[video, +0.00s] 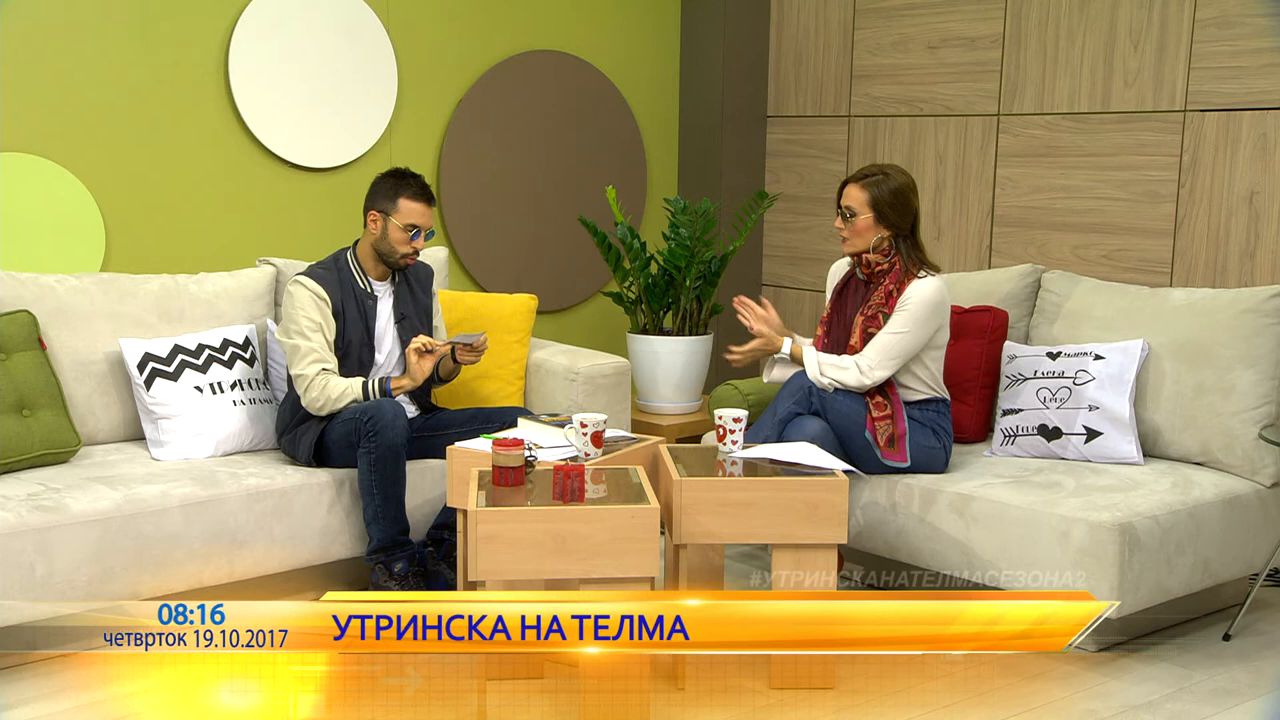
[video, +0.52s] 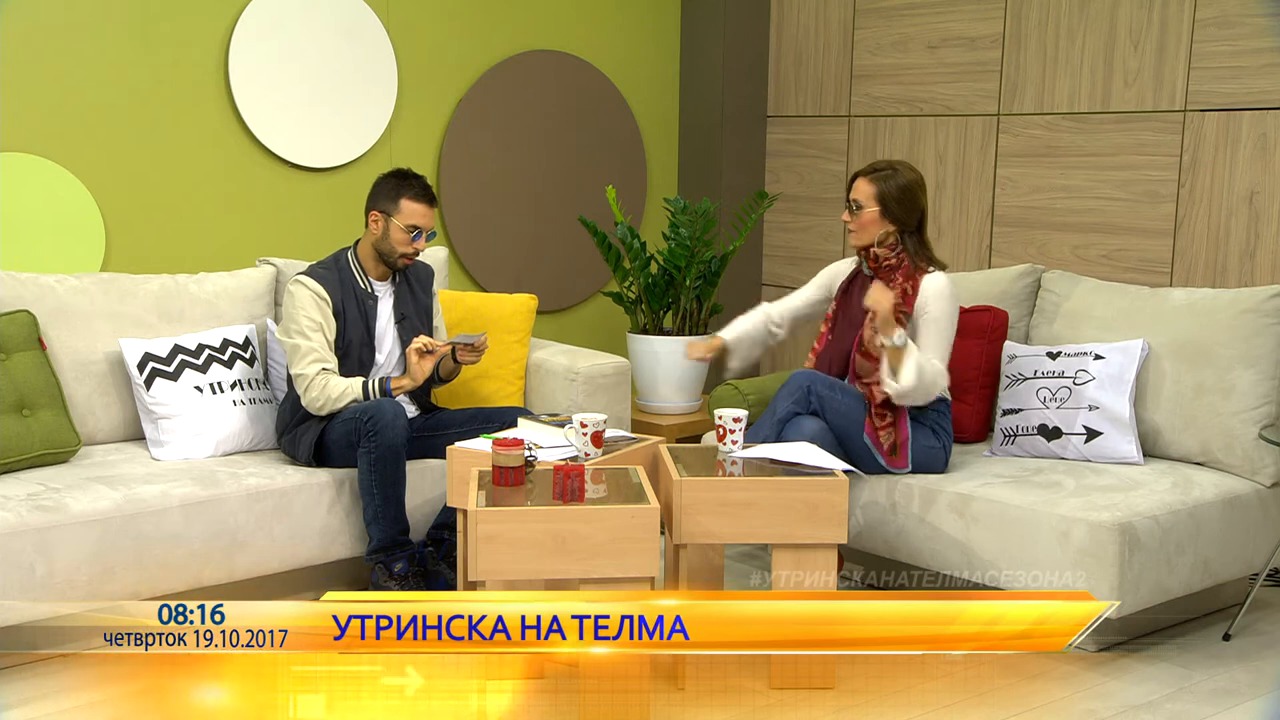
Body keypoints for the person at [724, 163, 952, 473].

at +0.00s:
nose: (838, 224)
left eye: (849, 215)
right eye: (840, 213)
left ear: (887, 224)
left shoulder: (926, 291)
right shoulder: (841, 273)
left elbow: (862, 373)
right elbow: (833, 357)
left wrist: (783, 347)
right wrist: (784, 338)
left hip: (920, 435)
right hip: (860, 425)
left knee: (807, 386)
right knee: (808, 431)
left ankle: (732, 468)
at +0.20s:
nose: (836, 221)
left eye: (848, 213)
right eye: (839, 210)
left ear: (885, 225)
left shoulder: (924, 290)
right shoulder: (838, 273)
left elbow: (871, 377)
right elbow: (823, 373)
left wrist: (814, 328)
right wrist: (796, 338)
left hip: (921, 434)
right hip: (859, 426)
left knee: (807, 387)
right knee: (806, 430)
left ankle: (734, 471)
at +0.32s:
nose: (837, 219)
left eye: (848, 210)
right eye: (839, 209)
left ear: (885, 222)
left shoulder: (925, 286)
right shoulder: (839, 271)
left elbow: (877, 374)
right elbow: (810, 349)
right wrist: (778, 326)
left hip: (921, 433)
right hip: (860, 424)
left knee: (807, 385)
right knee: (806, 431)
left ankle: (734, 467)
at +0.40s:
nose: (839, 217)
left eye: (851, 208)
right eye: (842, 207)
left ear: (888, 218)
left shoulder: (926, 285)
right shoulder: (843, 271)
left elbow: (893, 376)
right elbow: (800, 339)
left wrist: (876, 304)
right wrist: (760, 335)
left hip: (919, 433)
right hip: (858, 424)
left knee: (805, 385)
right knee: (805, 431)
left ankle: (733, 469)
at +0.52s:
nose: (845, 218)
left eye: (856, 208)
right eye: (848, 207)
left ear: (894, 217)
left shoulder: (931, 286)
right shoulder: (844, 273)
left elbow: (925, 386)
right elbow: (777, 316)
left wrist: (890, 331)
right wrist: (720, 342)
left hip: (918, 436)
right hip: (856, 426)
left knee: (805, 383)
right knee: (806, 430)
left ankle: (736, 466)